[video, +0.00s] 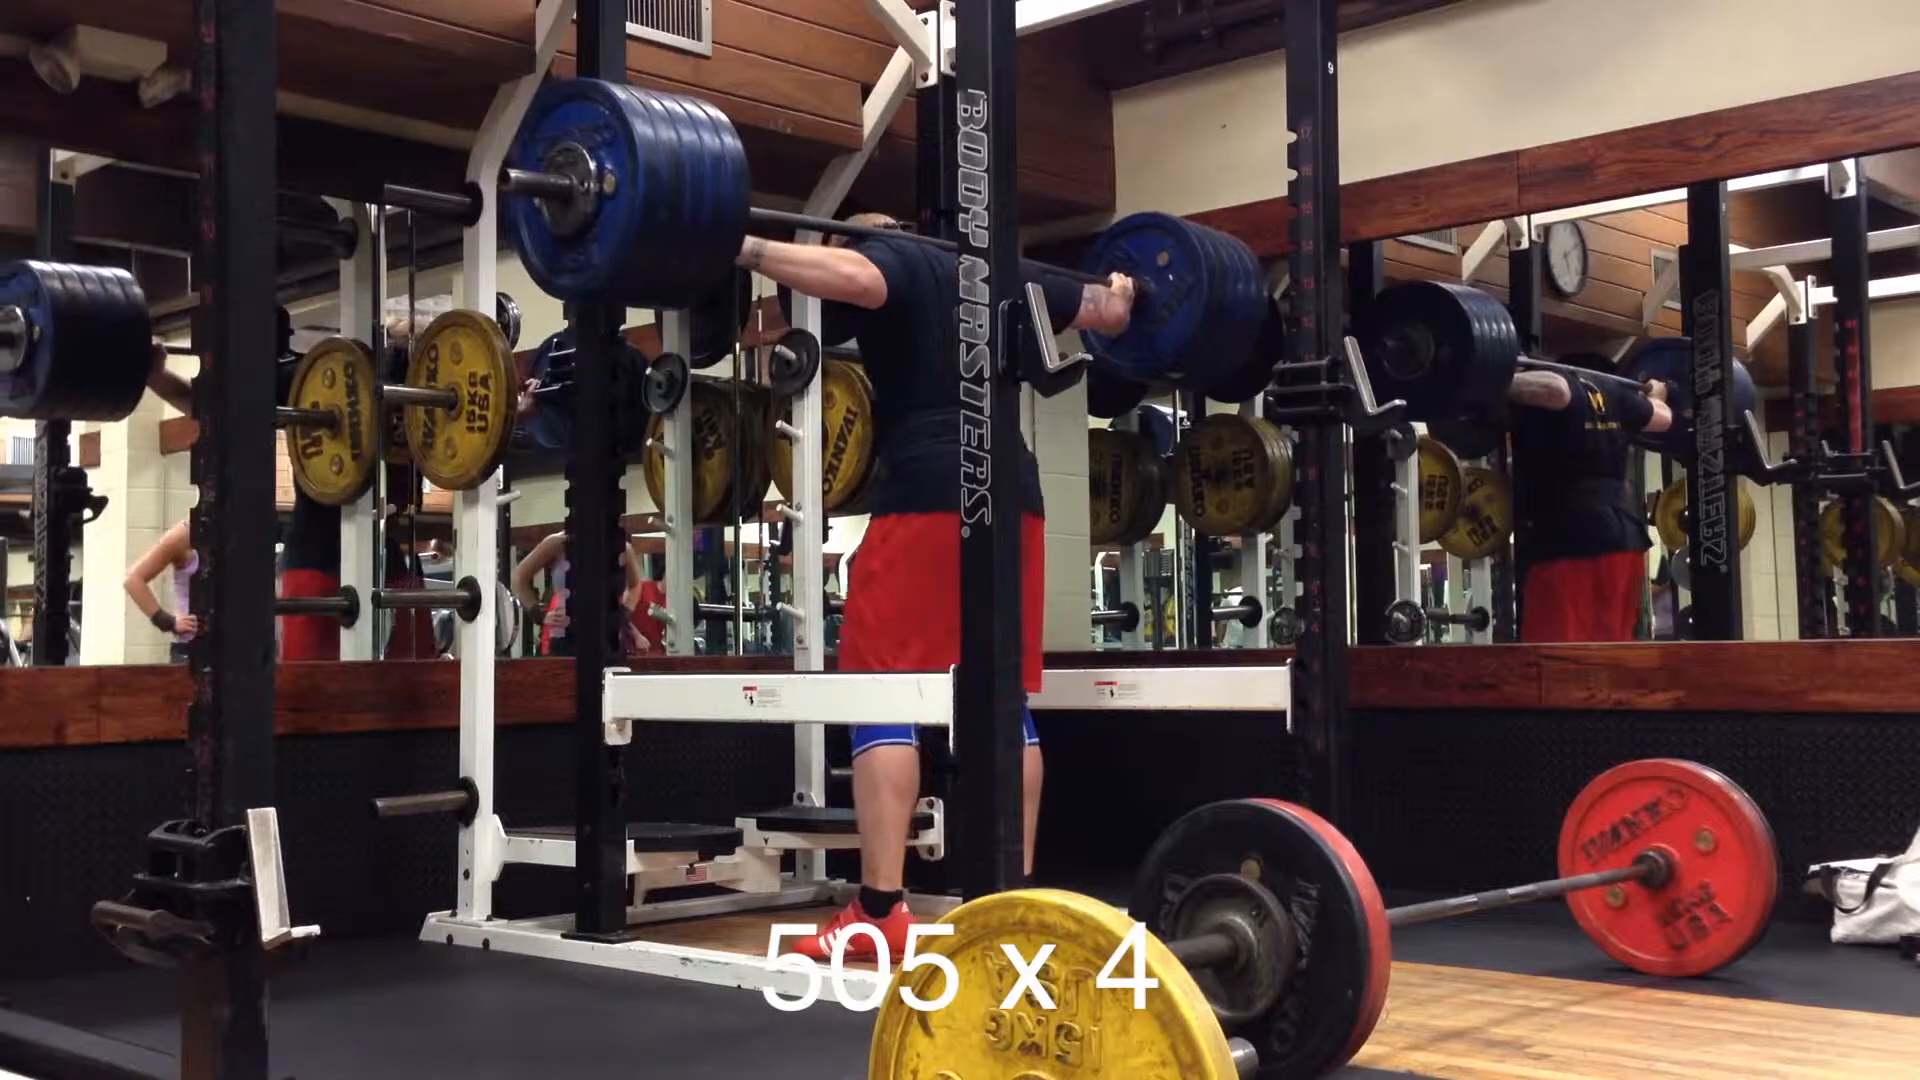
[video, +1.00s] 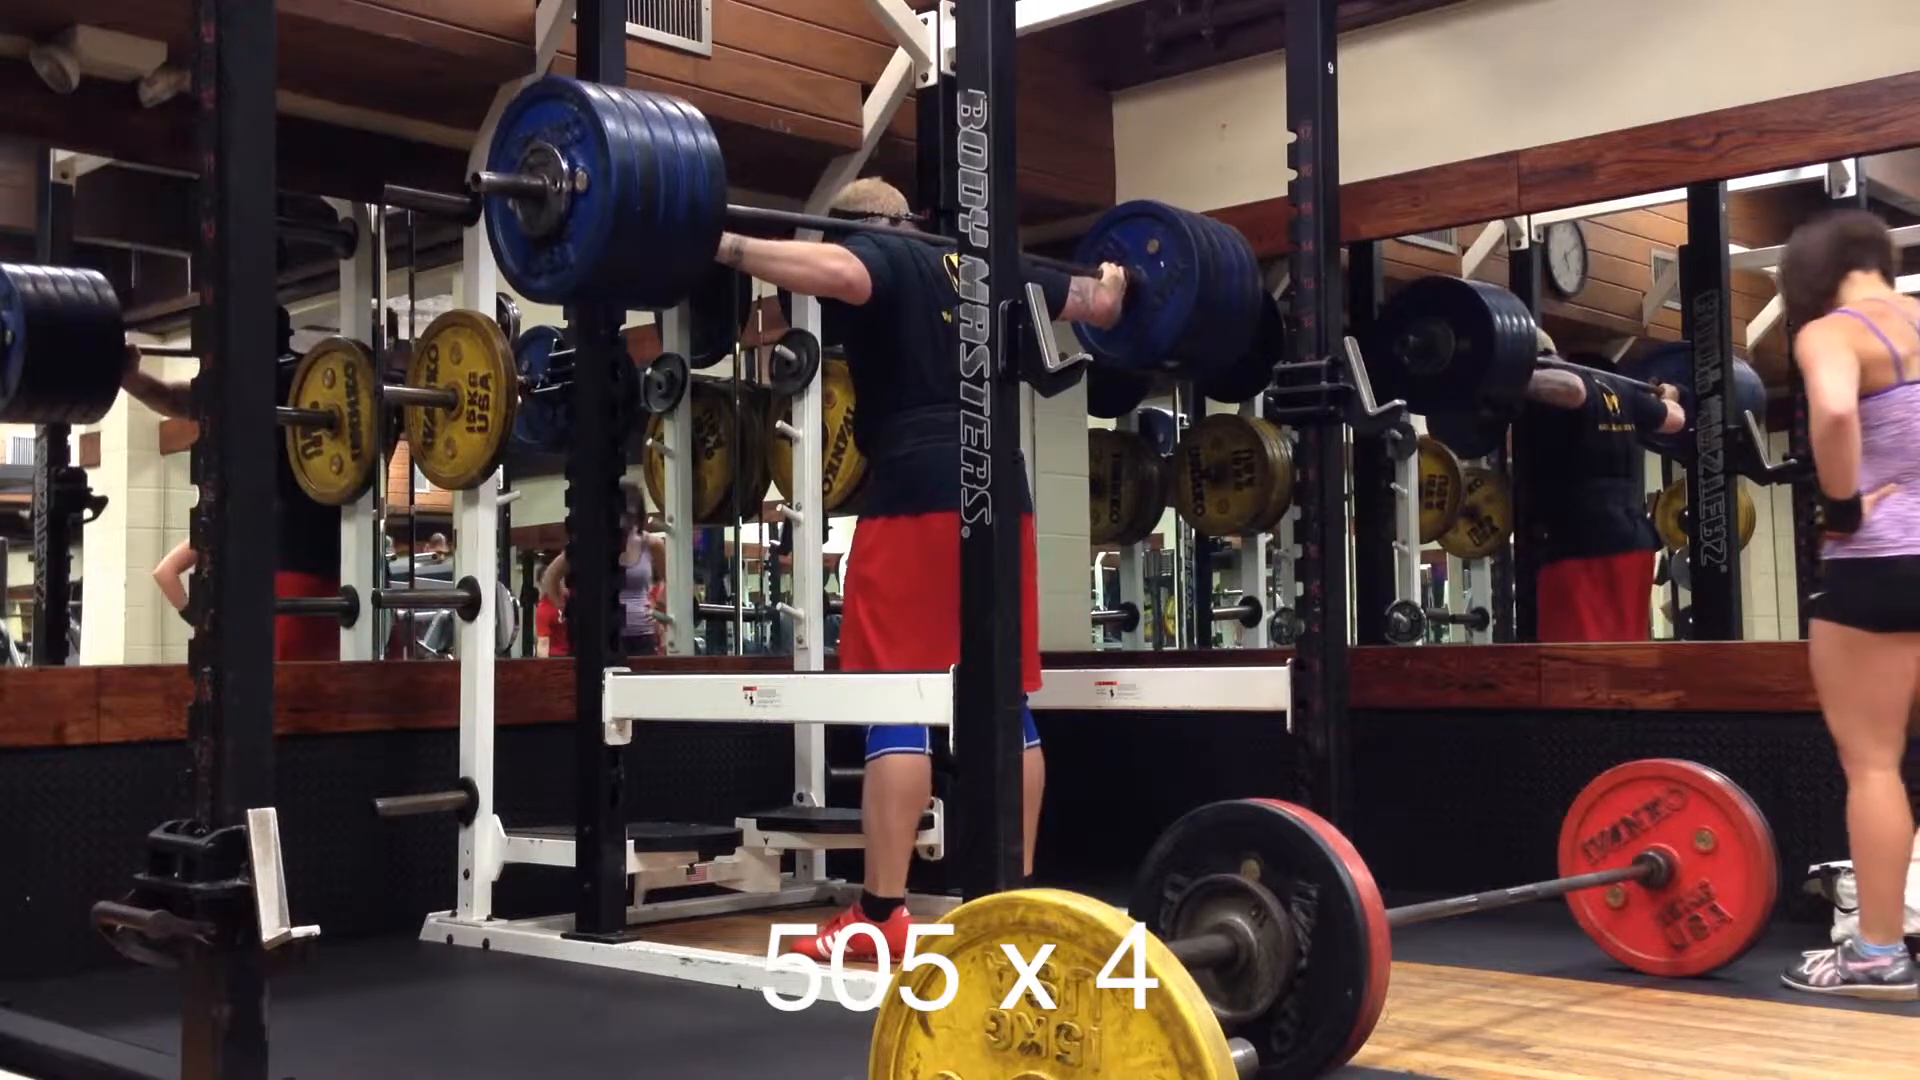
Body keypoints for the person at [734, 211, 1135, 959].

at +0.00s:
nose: (843, 256)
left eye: (844, 247)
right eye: (839, 251)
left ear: (871, 239)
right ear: (928, 227)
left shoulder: (893, 253)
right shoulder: (1001, 272)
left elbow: (858, 278)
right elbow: (1105, 309)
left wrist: (741, 246)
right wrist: (1121, 289)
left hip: (922, 501)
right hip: (1014, 501)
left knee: (882, 702)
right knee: (1009, 711)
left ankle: (881, 909)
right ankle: (1013, 901)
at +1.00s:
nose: (832, 249)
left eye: (833, 235)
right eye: (833, 235)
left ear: (853, 228)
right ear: (908, 216)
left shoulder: (878, 249)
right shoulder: (985, 266)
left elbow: (844, 277)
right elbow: (1095, 301)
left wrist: (728, 244)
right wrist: (1110, 281)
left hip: (917, 500)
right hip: (1004, 502)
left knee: (896, 708)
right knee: (1008, 709)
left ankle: (882, 912)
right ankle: (1014, 901)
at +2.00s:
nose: (835, 250)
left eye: (833, 241)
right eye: (831, 243)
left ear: (856, 232)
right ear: (904, 222)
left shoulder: (878, 249)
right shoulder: (988, 264)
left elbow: (848, 276)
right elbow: (1097, 306)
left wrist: (730, 245)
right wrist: (1120, 284)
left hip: (915, 500)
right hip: (1002, 500)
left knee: (899, 707)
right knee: (1007, 710)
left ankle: (881, 911)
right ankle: (1013, 903)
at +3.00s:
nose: (833, 245)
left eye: (834, 236)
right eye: (831, 238)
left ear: (857, 229)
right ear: (905, 220)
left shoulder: (880, 250)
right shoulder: (988, 267)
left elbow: (835, 264)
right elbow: (1096, 302)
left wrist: (720, 237)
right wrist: (1119, 283)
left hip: (914, 500)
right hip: (1001, 503)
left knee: (894, 707)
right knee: (1006, 710)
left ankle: (881, 910)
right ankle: (1013, 902)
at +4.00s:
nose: (829, 260)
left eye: (830, 246)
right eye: (830, 245)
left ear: (850, 234)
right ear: (902, 220)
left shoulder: (870, 253)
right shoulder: (987, 268)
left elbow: (834, 281)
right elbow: (1093, 304)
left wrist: (721, 252)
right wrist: (1117, 281)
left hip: (918, 505)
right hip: (1009, 506)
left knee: (879, 707)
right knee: (1004, 714)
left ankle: (879, 911)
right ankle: (1012, 902)